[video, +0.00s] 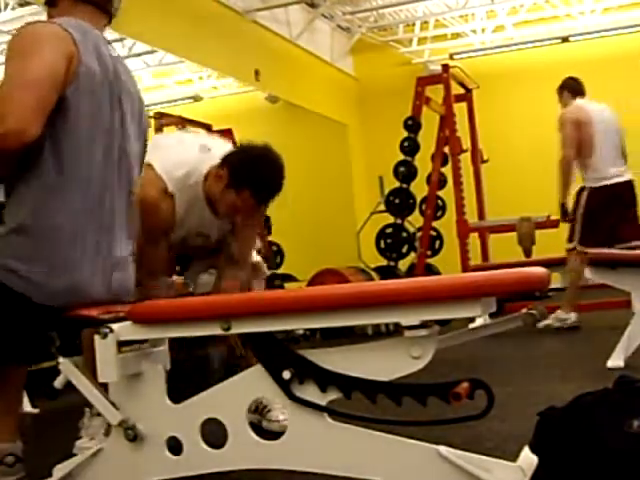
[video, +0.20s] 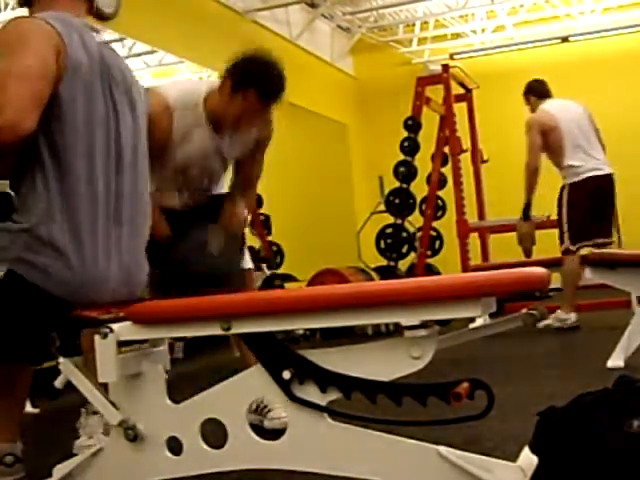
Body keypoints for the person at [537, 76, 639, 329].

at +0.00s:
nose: (560, 104)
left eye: (560, 99)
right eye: (560, 99)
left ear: (566, 95)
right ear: (582, 93)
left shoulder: (570, 114)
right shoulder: (606, 110)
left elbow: (568, 156)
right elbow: (622, 150)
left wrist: (563, 199)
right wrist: (617, 176)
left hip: (596, 191)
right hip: (624, 186)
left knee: (577, 252)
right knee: (631, 250)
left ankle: (568, 310)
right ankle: (636, 302)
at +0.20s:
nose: (527, 107)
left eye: (526, 103)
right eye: (526, 103)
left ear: (530, 99)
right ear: (549, 93)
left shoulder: (537, 118)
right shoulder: (578, 107)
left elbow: (533, 165)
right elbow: (599, 142)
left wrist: (527, 208)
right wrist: (597, 169)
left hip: (577, 183)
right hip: (604, 178)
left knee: (570, 251)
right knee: (603, 246)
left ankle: (567, 310)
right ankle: (630, 296)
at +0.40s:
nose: (511, 110)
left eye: (510, 106)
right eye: (510, 106)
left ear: (516, 101)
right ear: (530, 96)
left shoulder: (521, 122)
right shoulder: (559, 107)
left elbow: (520, 167)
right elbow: (573, 141)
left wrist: (519, 206)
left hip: (565, 182)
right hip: (589, 175)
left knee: (564, 249)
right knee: (571, 222)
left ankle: (567, 310)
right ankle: (614, 225)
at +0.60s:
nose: (498, 114)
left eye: (497, 109)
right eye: (496, 109)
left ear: (504, 103)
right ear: (515, 99)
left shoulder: (516, 122)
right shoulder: (541, 110)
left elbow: (520, 166)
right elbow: (559, 146)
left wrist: (523, 204)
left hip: (558, 181)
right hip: (573, 176)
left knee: (557, 249)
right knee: (552, 228)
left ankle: (566, 310)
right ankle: (607, 237)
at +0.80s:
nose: (490, 119)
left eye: (489, 112)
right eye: (487, 114)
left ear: (499, 105)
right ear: (502, 104)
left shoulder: (516, 121)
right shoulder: (528, 117)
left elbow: (524, 165)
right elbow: (540, 163)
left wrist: (521, 203)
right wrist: (528, 200)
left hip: (550, 185)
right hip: (556, 183)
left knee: (549, 252)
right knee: (548, 251)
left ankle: (565, 309)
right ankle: (554, 306)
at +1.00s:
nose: (489, 126)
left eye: (488, 119)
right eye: (486, 121)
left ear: (500, 112)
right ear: (499, 114)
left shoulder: (518, 128)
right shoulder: (516, 131)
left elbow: (526, 167)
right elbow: (522, 171)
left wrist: (516, 204)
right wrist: (516, 203)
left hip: (545, 193)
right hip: (538, 194)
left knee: (529, 254)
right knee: (525, 254)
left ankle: (559, 304)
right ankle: (536, 306)